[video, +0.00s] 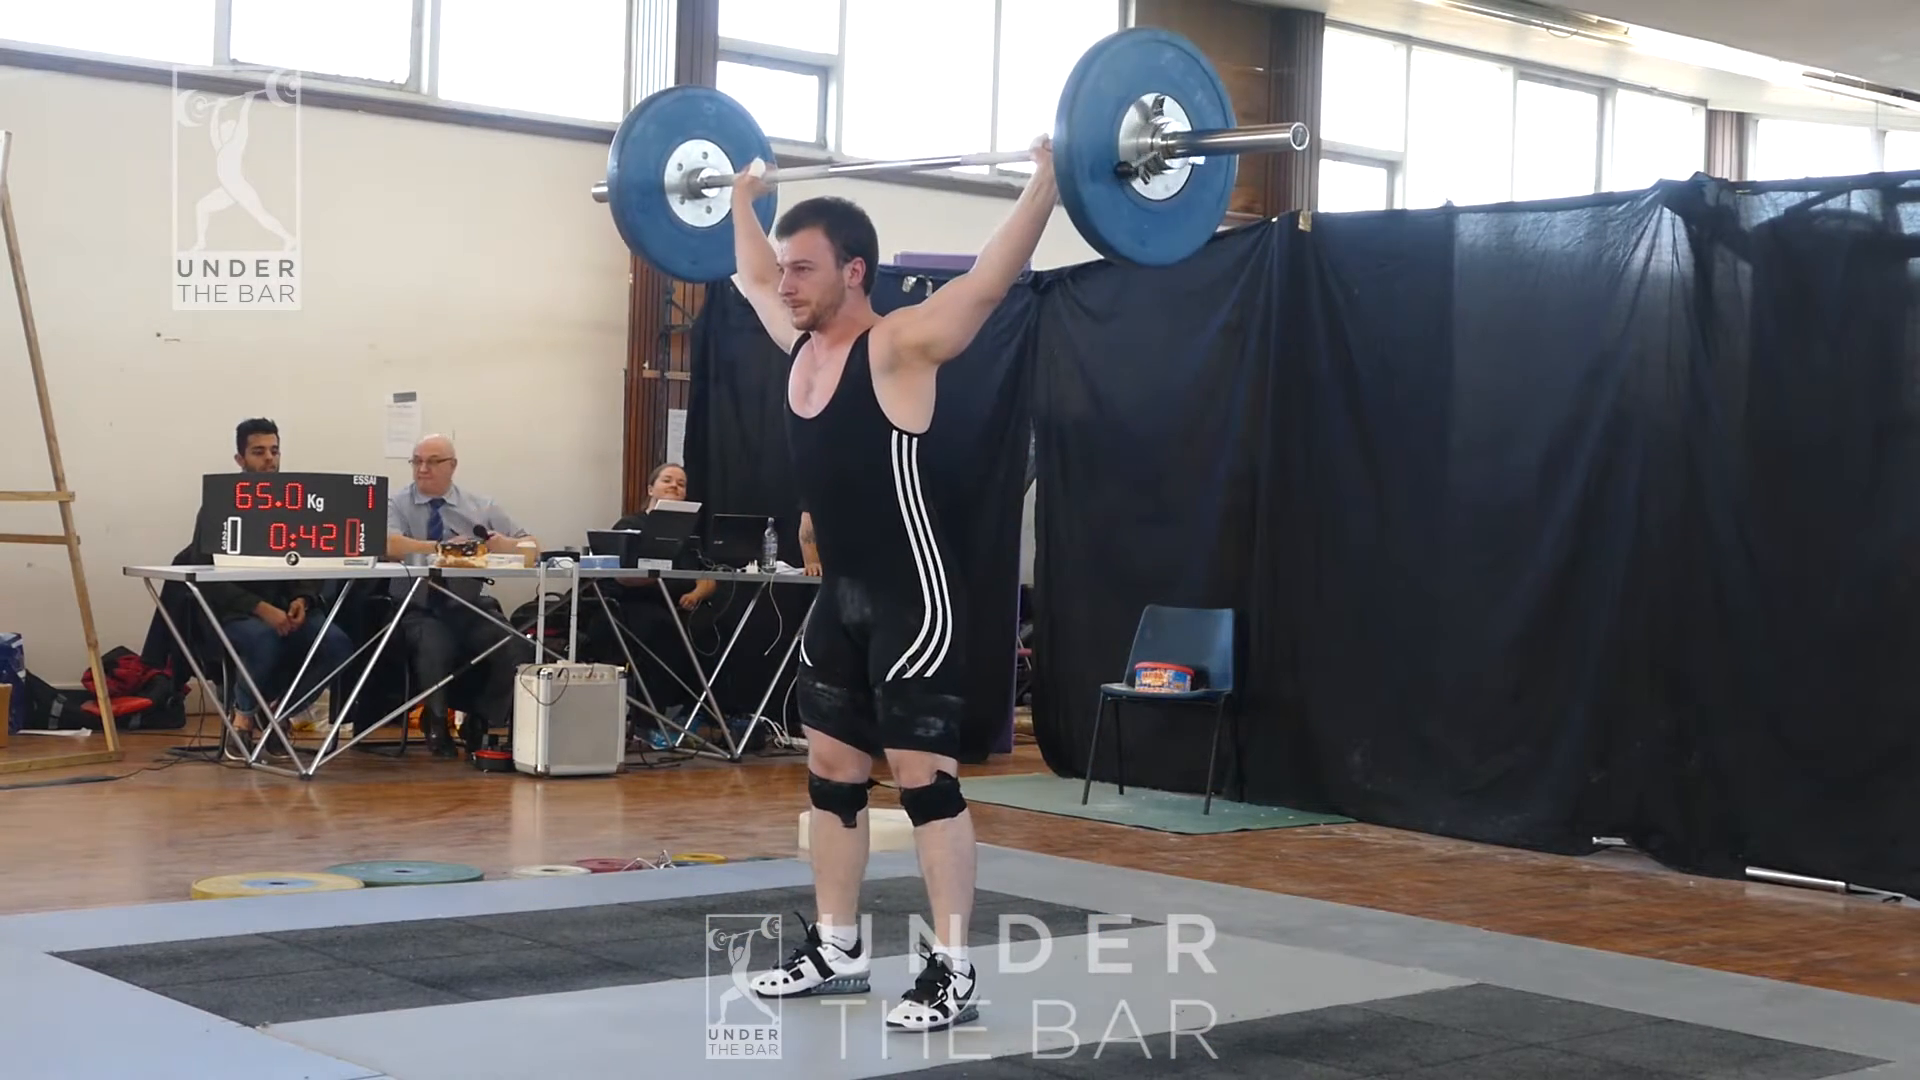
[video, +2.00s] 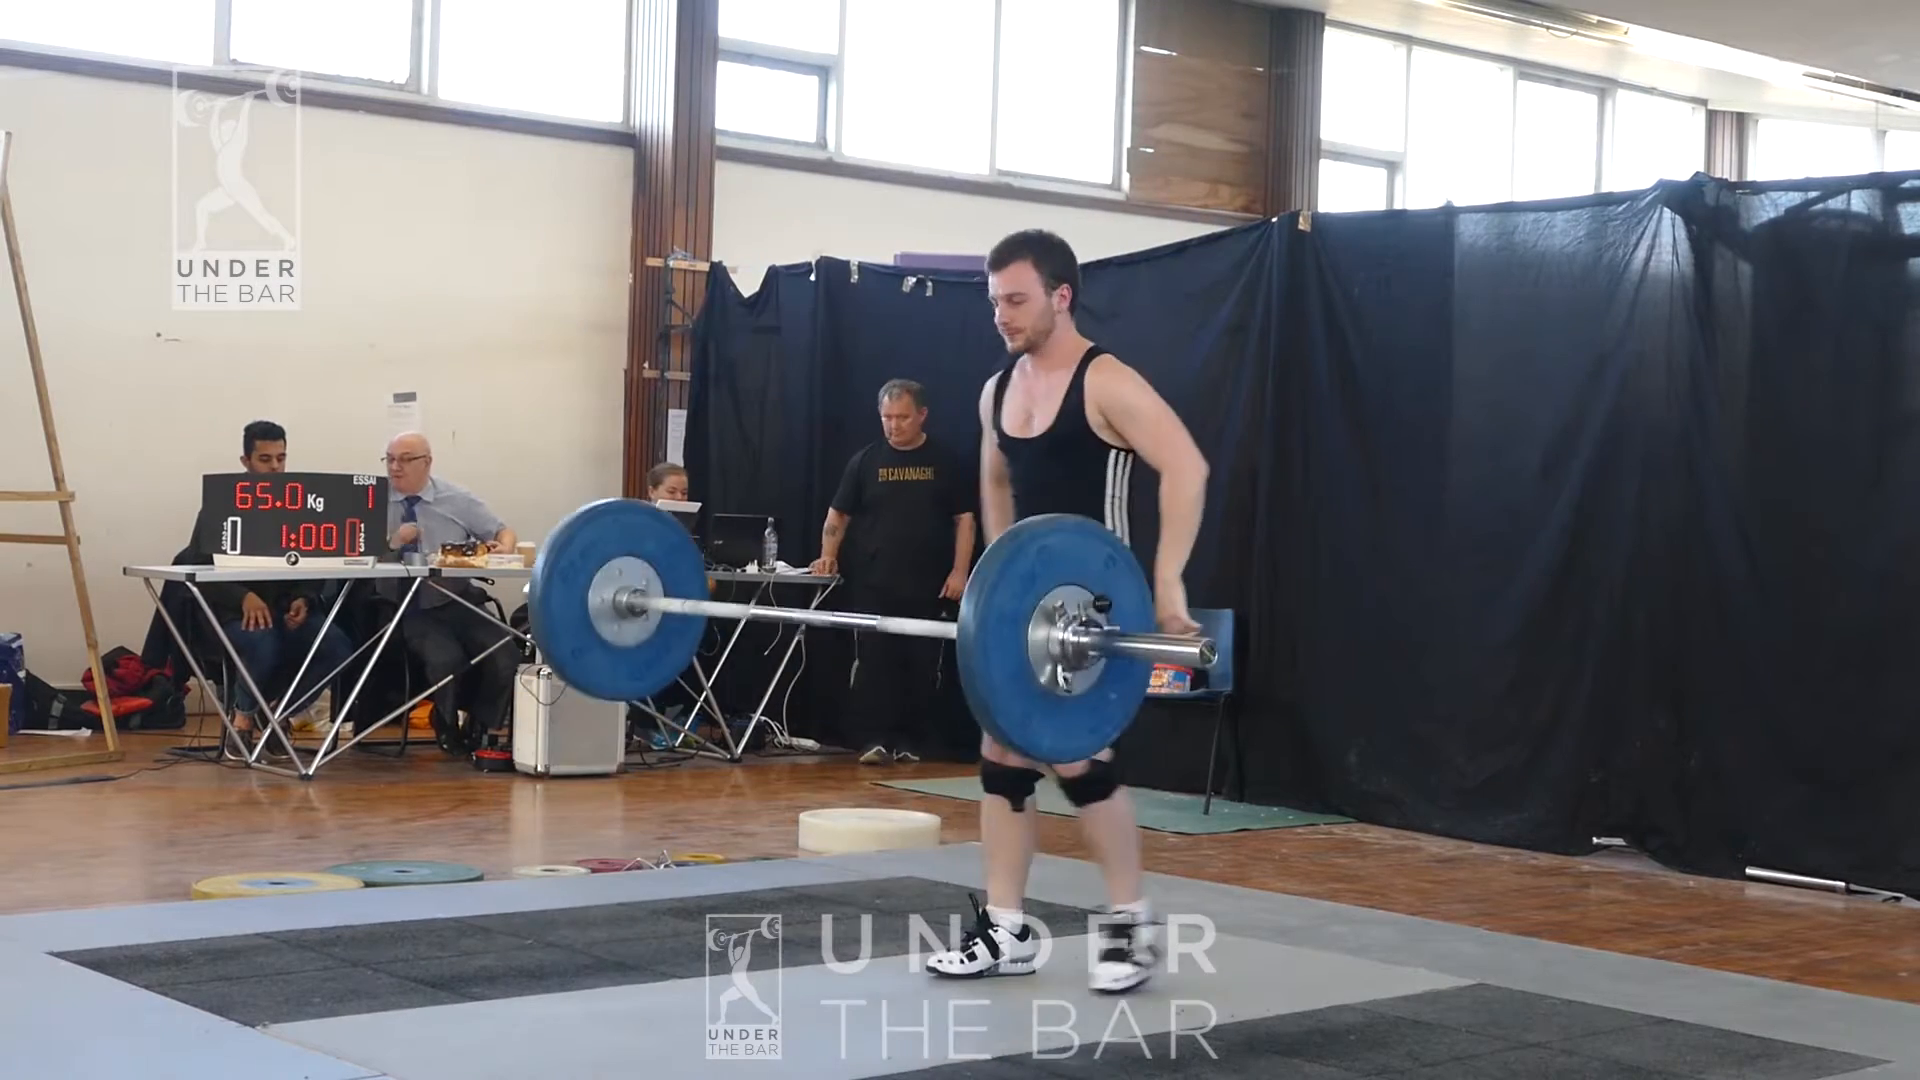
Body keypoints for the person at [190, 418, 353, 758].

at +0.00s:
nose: (270, 458)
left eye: (275, 451)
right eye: (259, 452)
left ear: (280, 454)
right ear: (241, 459)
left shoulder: (293, 498)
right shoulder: (221, 504)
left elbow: (312, 556)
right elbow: (205, 575)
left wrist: (303, 598)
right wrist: (261, 608)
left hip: (287, 606)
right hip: (237, 608)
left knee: (336, 644)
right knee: (264, 641)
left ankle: (277, 716)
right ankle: (242, 718)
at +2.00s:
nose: (275, 466)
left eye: (280, 458)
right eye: (265, 459)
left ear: (286, 458)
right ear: (246, 460)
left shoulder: (298, 499)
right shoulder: (224, 502)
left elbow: (319, 557)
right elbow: (201, 567)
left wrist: (305, 598)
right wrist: (243, 596)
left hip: (287, 607)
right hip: (237, 609)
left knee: (336, 645)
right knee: (263, 643)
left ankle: (278, 719)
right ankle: (242, 719)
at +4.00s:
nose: (272, 454)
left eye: (277, 446)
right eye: (261, 447)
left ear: (284, 451)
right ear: (244, 457)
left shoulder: (302, 497)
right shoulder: (233, 499)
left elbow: (328, 558)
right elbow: (214, 555)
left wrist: (312, 604)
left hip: (293, 608)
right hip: (244, 609)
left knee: (333, 648)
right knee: (267, 649)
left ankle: (255, 707)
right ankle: (273, 730)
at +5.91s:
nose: (273, 454)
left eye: (278, 446)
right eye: (262, 448)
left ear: (286, 451)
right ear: (246, 458)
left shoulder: (303, 497)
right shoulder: (234, 499)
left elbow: (327, 557)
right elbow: (221, 559)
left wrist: (312, 605)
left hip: (294, 607)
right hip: (245, 609)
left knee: (335, 648)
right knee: (268, 651)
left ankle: (257, 707)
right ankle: (272, 732)